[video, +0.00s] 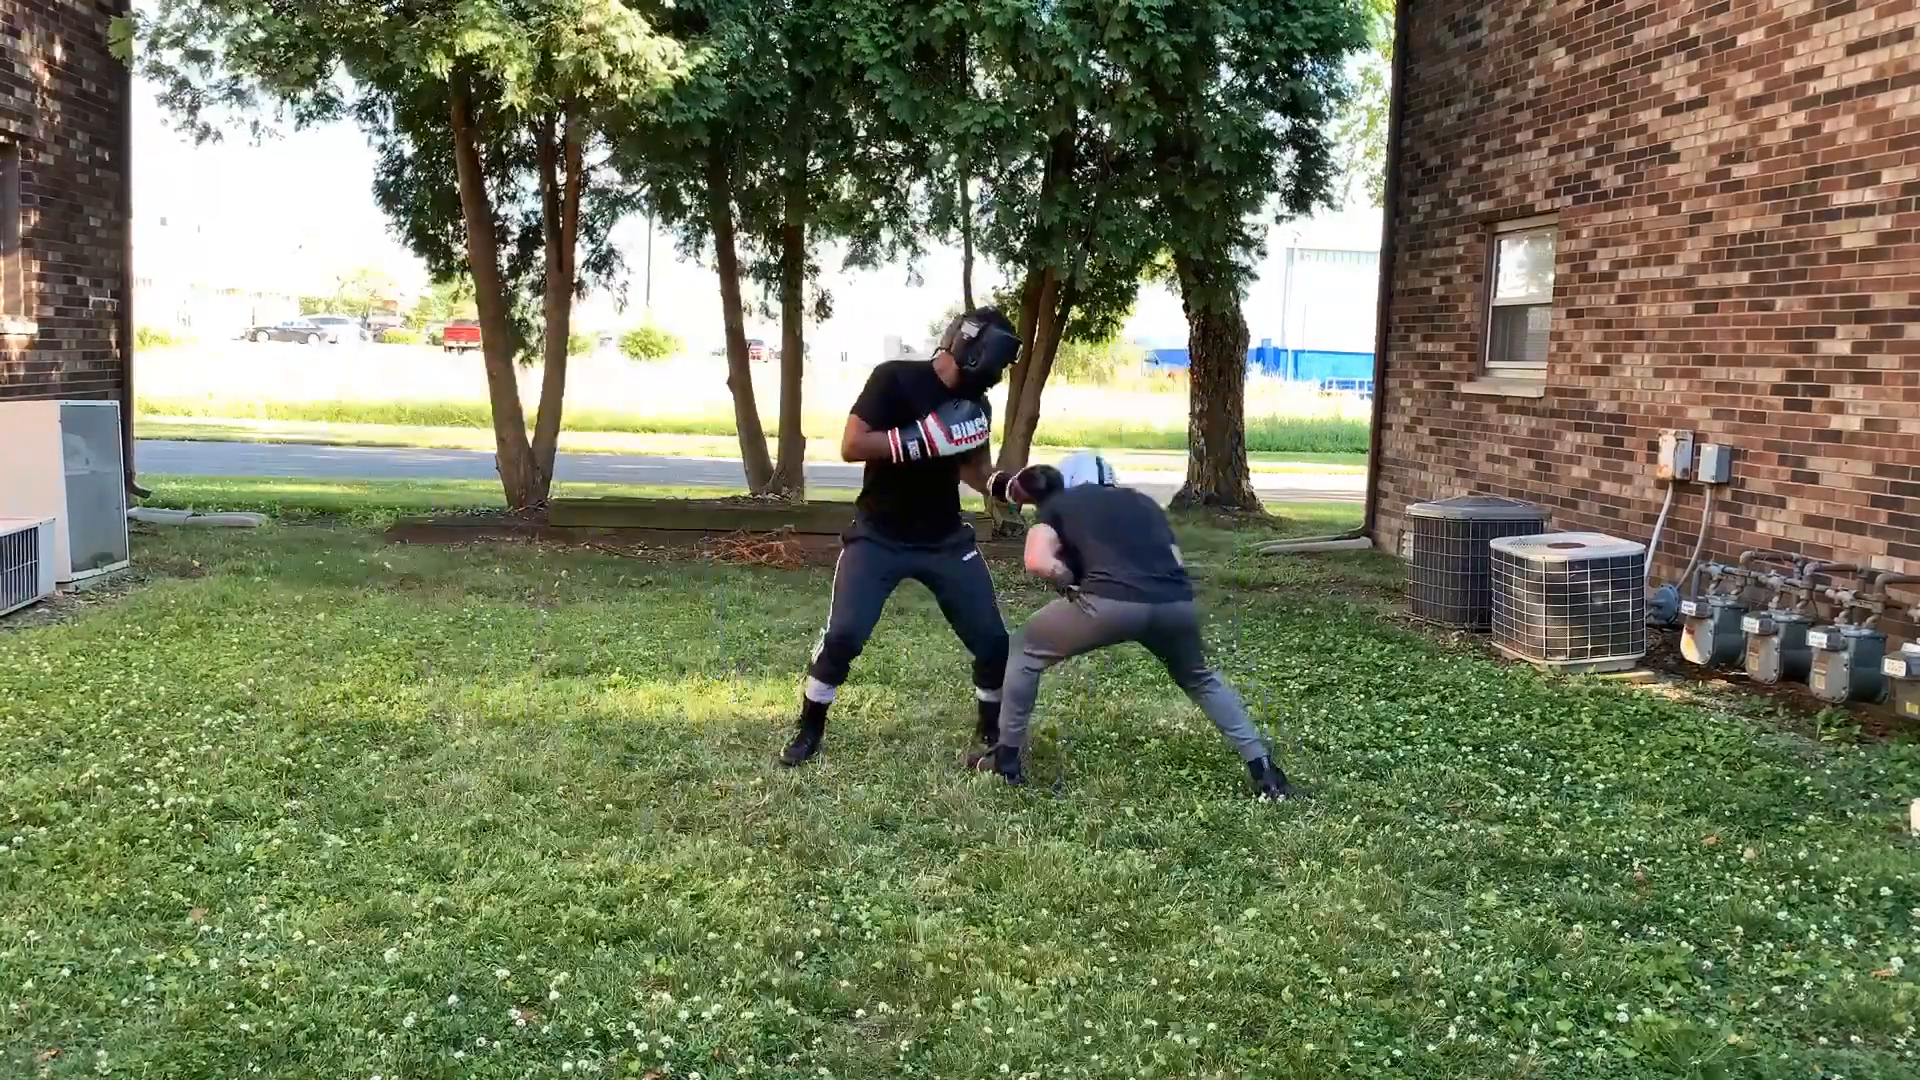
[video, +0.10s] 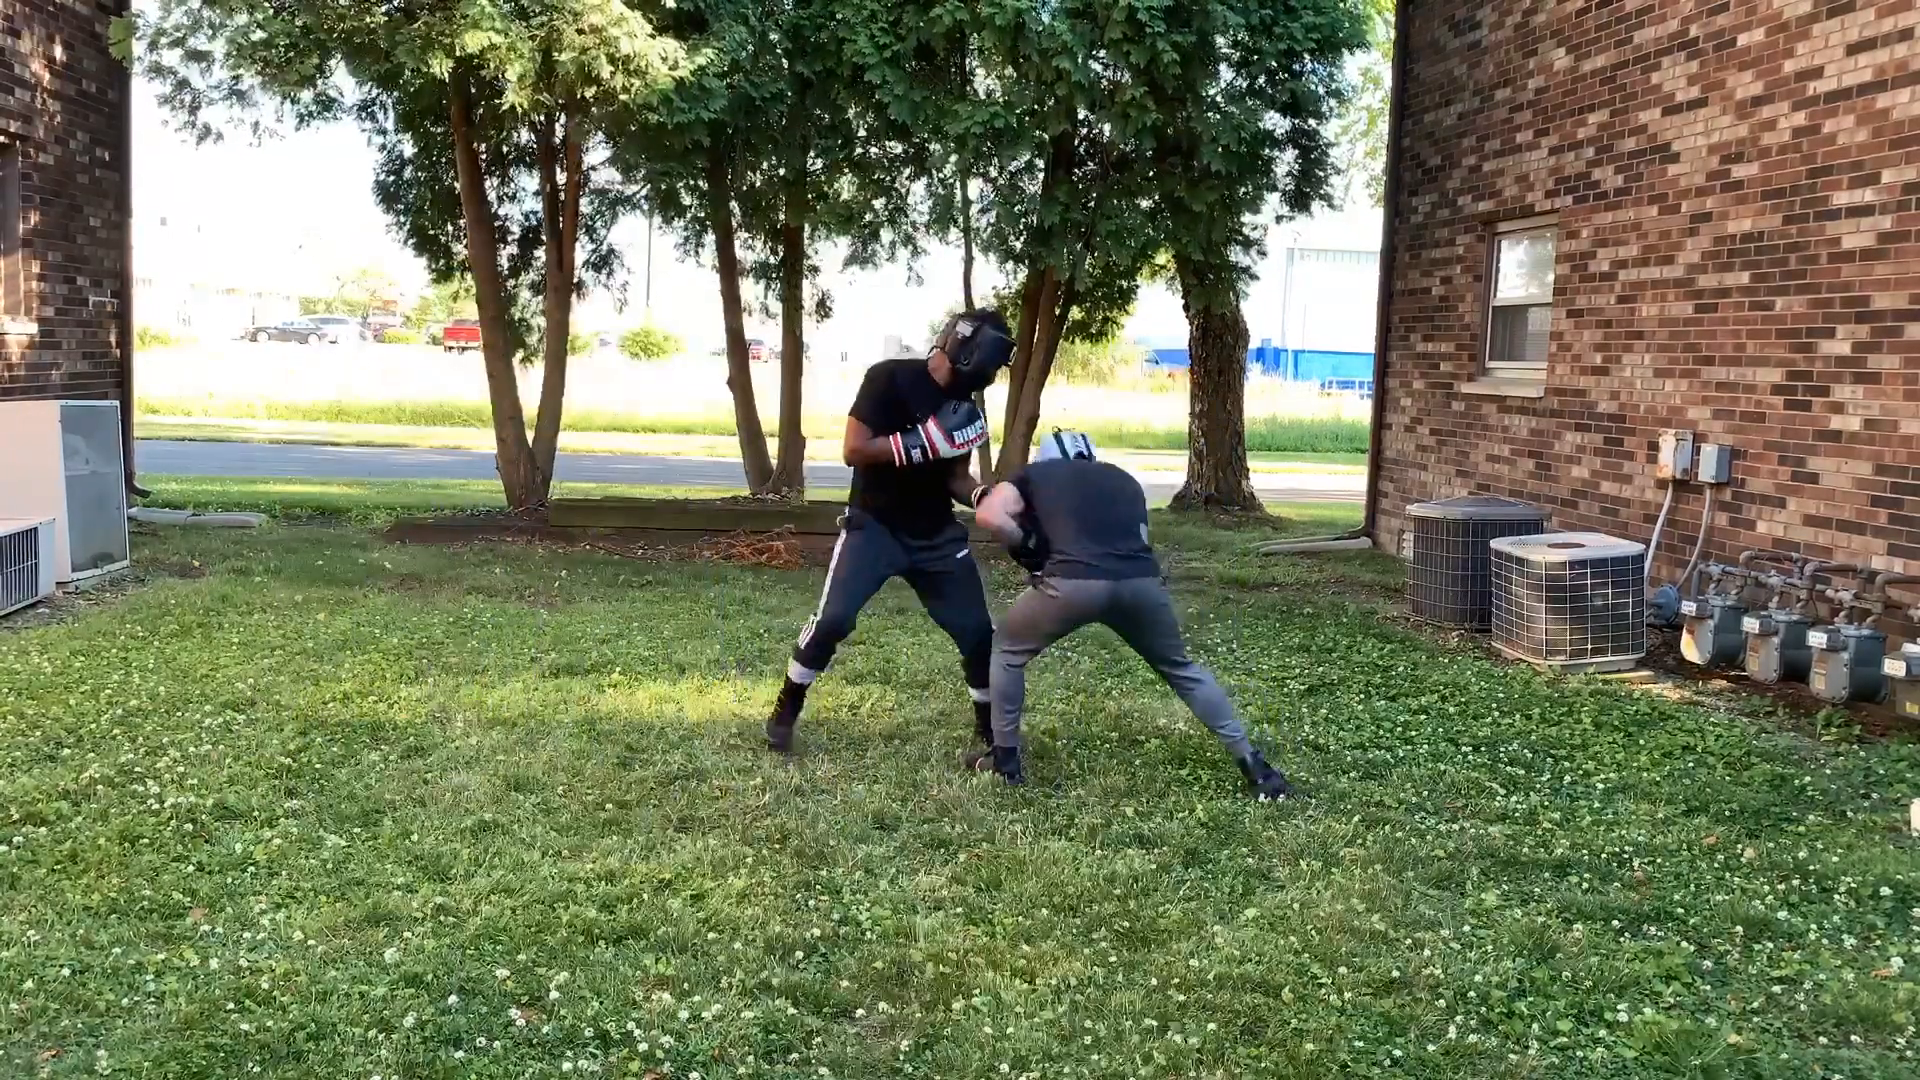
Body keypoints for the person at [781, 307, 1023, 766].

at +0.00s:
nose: (990, 374)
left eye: (997, 366)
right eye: (986, 362)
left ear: (995, 364)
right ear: (964, 348)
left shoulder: (975, 407)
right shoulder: (892, 379)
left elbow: (973, 466)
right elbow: (852, 445)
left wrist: (1001, 483)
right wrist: (918, 440)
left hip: (947, 542)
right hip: (877, 540)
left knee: (992, 641)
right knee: (844, 636)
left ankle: (991, 734)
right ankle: (808, 733)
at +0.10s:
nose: (987, 372)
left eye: (993, 365)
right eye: (983, 360)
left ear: (989, 364)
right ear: (957, 347)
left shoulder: (965, 407)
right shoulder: (887, 378)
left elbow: (955, 475)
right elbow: (853, 450)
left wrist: (984, 497)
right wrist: (917, 441)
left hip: (938, 537)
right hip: (874, 530)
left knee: (978, 633)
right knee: (834, 620)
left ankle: (990, 732)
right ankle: (787, 709)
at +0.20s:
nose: (959, 366)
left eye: (966, 358)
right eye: (958, 354)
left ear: (952, 355)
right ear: (934, 341)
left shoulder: (941, 405)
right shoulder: (865, 384)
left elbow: (951, 472)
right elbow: (837, 459)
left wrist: (981, 510)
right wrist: (902, 440)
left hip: (918, 540)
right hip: (853, 539)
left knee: (967, 639)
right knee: (813, 633)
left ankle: (991, 736)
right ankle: (740, 694)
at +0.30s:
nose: (915, 365)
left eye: (920, 355)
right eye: (912, 352)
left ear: (895, 349)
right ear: (885, 345)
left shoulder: (900, 400)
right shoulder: (821, 397)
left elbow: (933, 467)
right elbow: (823, 475)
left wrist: (952, 453)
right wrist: (883, 440)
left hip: (891, 546)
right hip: (830, 548)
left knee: (951, 641)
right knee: (776, 648)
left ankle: (988, 731)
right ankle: (716, 704)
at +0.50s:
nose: (838, 347)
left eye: (840, 337)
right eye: (830, 336)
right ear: (798, 334)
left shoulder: (836, 388)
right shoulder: (749, 393)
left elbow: (842, 447)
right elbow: (739, 470)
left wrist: (876, 453)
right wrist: (798, 444)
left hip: (843, 529)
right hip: (779, 535)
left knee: (902, 619)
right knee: (754, 634)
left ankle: (932, 712)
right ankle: (709, 705)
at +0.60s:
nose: (834, 336)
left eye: (836, 326)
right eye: (825, 325)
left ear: (834, 324)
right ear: (794, 322)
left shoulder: (837, 367)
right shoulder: (739, 367)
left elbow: (891, 404)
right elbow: (717, 441)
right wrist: (771, 420)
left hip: (825, 506)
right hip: (759, 506)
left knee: (873, 600)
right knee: (734, 609)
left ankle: (873, 696)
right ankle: (706, 704)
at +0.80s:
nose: (791, 330)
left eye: (796, 321)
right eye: (782, 319)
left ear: (799, 322)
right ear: (753, 316)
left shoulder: (806, 356)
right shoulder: (708, 371)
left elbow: (874, 367)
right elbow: (700, 444)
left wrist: (918, 350)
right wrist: (745, 410)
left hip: (795, 515)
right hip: (728, 514)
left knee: (831, 602)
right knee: (677, 602)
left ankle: (841, 700)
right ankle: (652, 660)